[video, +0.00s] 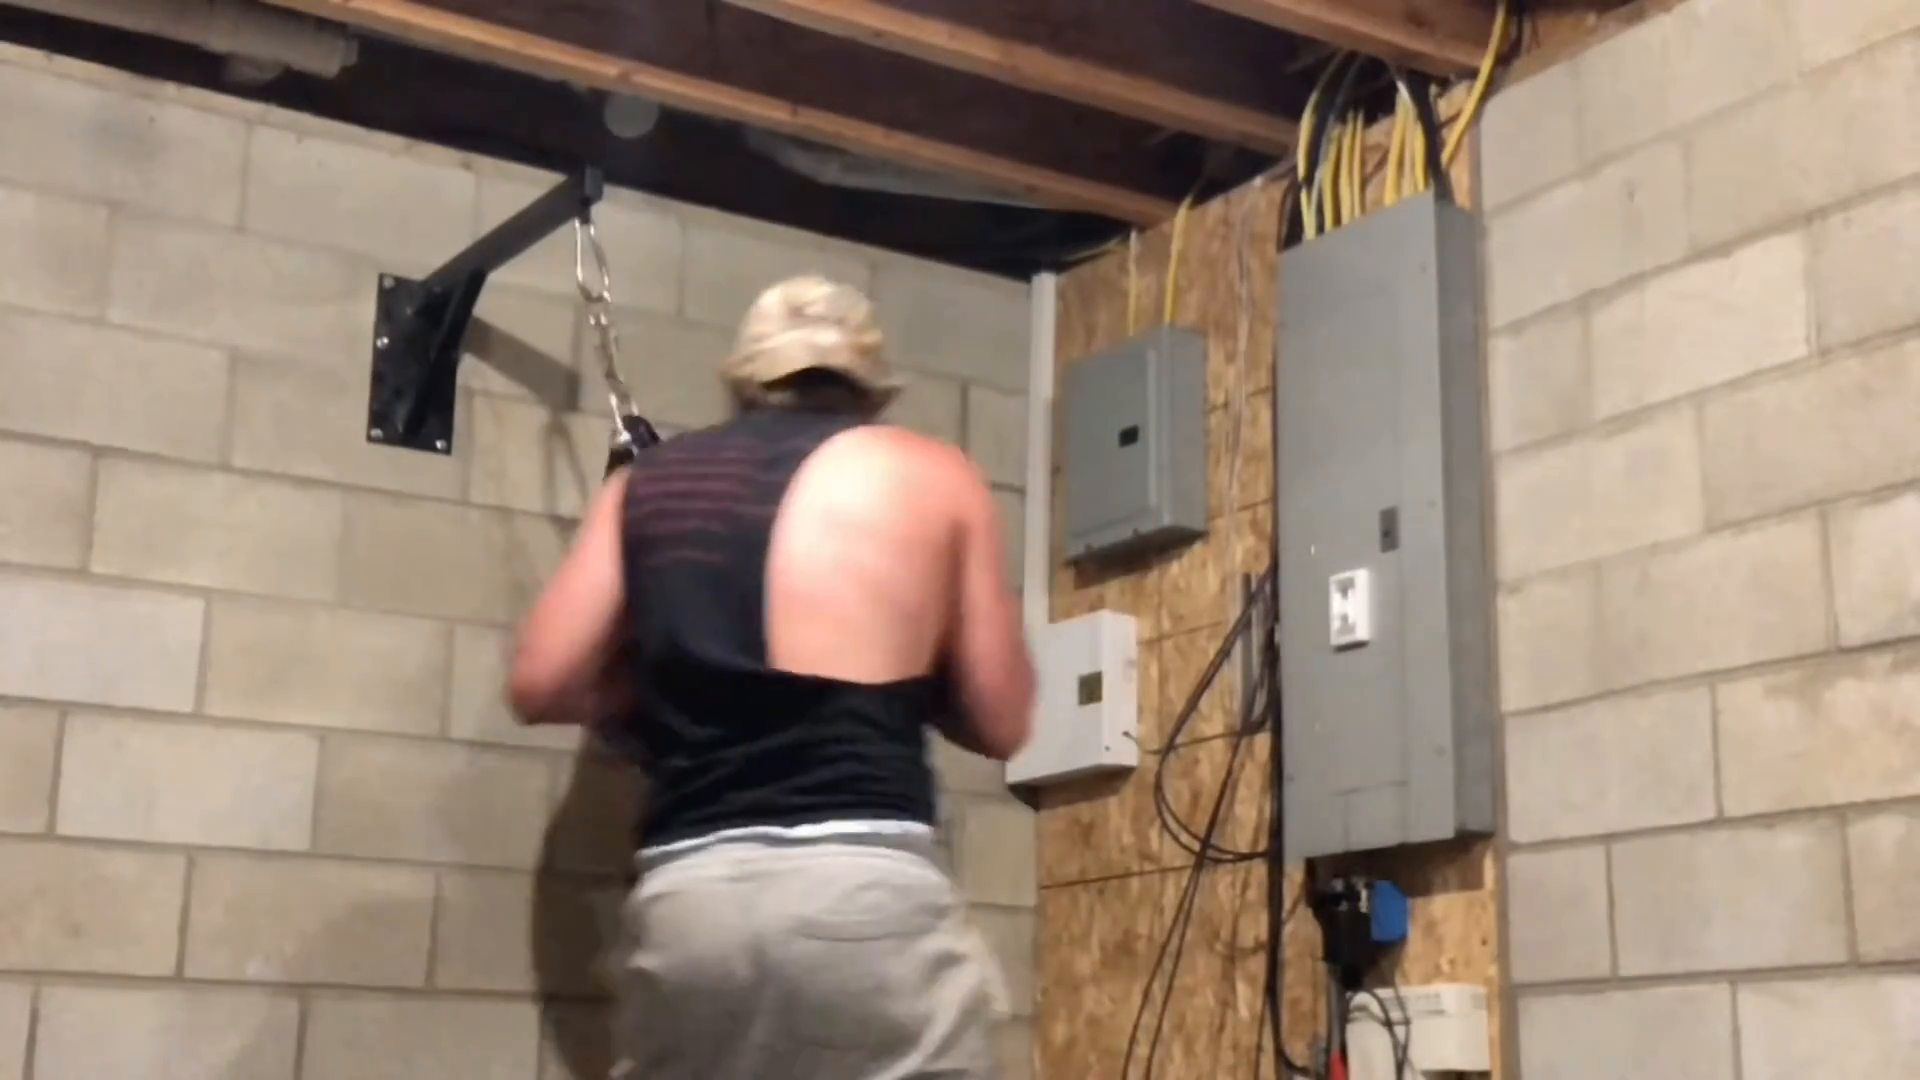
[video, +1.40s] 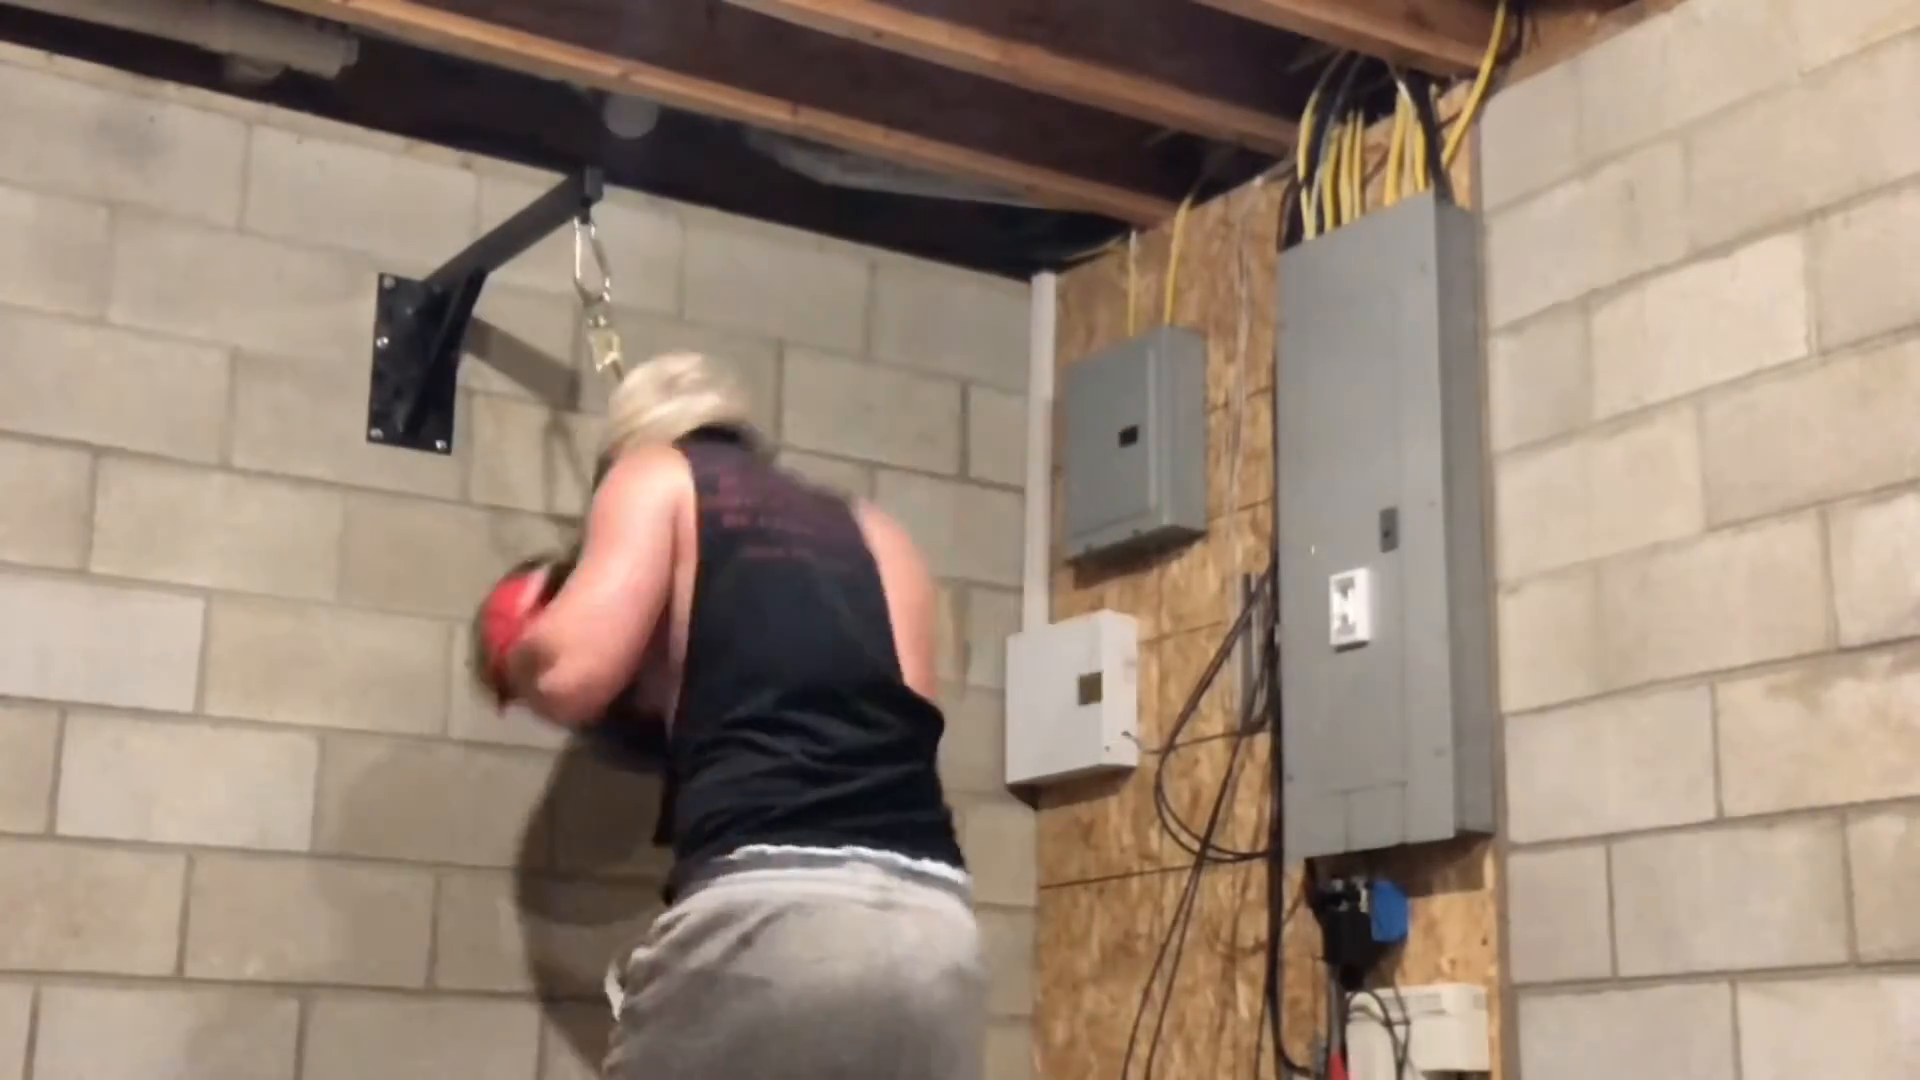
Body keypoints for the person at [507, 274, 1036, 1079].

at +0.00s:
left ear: (741, 380)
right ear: (871, 380)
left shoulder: (645, 480)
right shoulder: (941, 475)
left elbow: (540, 685)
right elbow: (1002, 723)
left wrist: (671, 680)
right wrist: (893, 648)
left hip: (686, 904)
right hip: (875, 895)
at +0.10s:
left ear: (795, 365)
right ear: (928, 365)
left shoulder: (698, 465)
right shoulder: (999, 461)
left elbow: (601, 666)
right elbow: (1050, 717)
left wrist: (735, 676)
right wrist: (930, 660)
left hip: (743, 888)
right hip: (937, 880)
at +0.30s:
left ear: (870, 333)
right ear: (1003, 339)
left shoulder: (770, 420)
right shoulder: (1089, 434)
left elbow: (679, 622)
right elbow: (1145, 691)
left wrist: (782, 645)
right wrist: (1017, 644)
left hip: (811, 861)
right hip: (1006, 861)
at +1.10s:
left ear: (810, 356)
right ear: (947, 357)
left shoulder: (752, 426)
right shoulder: (1062, 466)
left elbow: (648, 639)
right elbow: (1075, 726)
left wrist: (764, 576)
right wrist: (962, 619)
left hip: (783, 884)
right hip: (985, 891)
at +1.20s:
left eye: (739, 392)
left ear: (754, 382)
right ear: (883, 381)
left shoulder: (718, 437)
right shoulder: (1007, 485)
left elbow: (609, 657)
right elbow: (1009, 743)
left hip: (765, 914)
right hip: (965, 914)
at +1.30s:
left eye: (677, 411)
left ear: (695, 402)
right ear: (811, 397)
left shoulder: (684, 449)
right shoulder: (945, 499)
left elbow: (576, 664)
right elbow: (943, 711)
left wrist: (579, 569)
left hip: (757, 924)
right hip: (946, 926)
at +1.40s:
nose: (611, 480)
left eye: (617, 462)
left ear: (639, 437)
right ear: (744, 431)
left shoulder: (656, 475)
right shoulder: (881, 531)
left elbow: (577, 680)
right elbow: (913, 702)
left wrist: (521, 648)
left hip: (765, 925)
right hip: (938, 935)